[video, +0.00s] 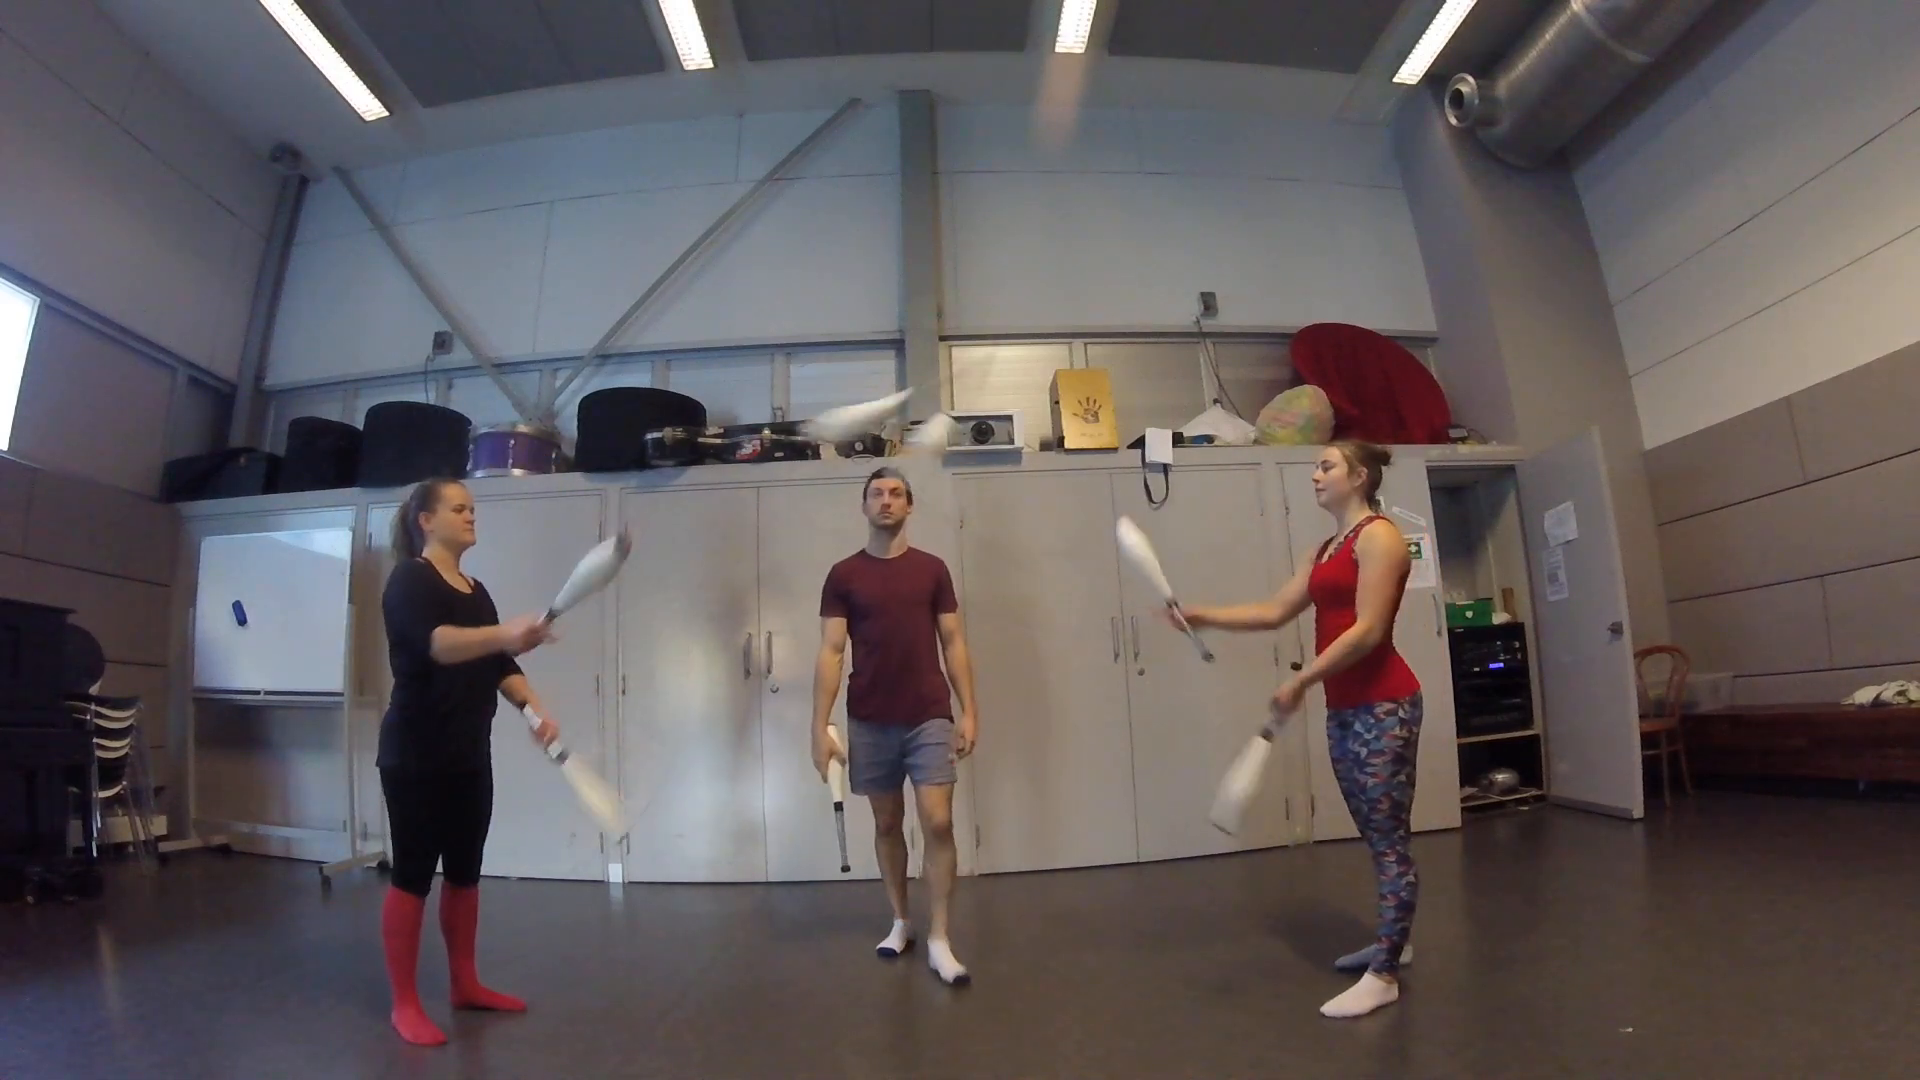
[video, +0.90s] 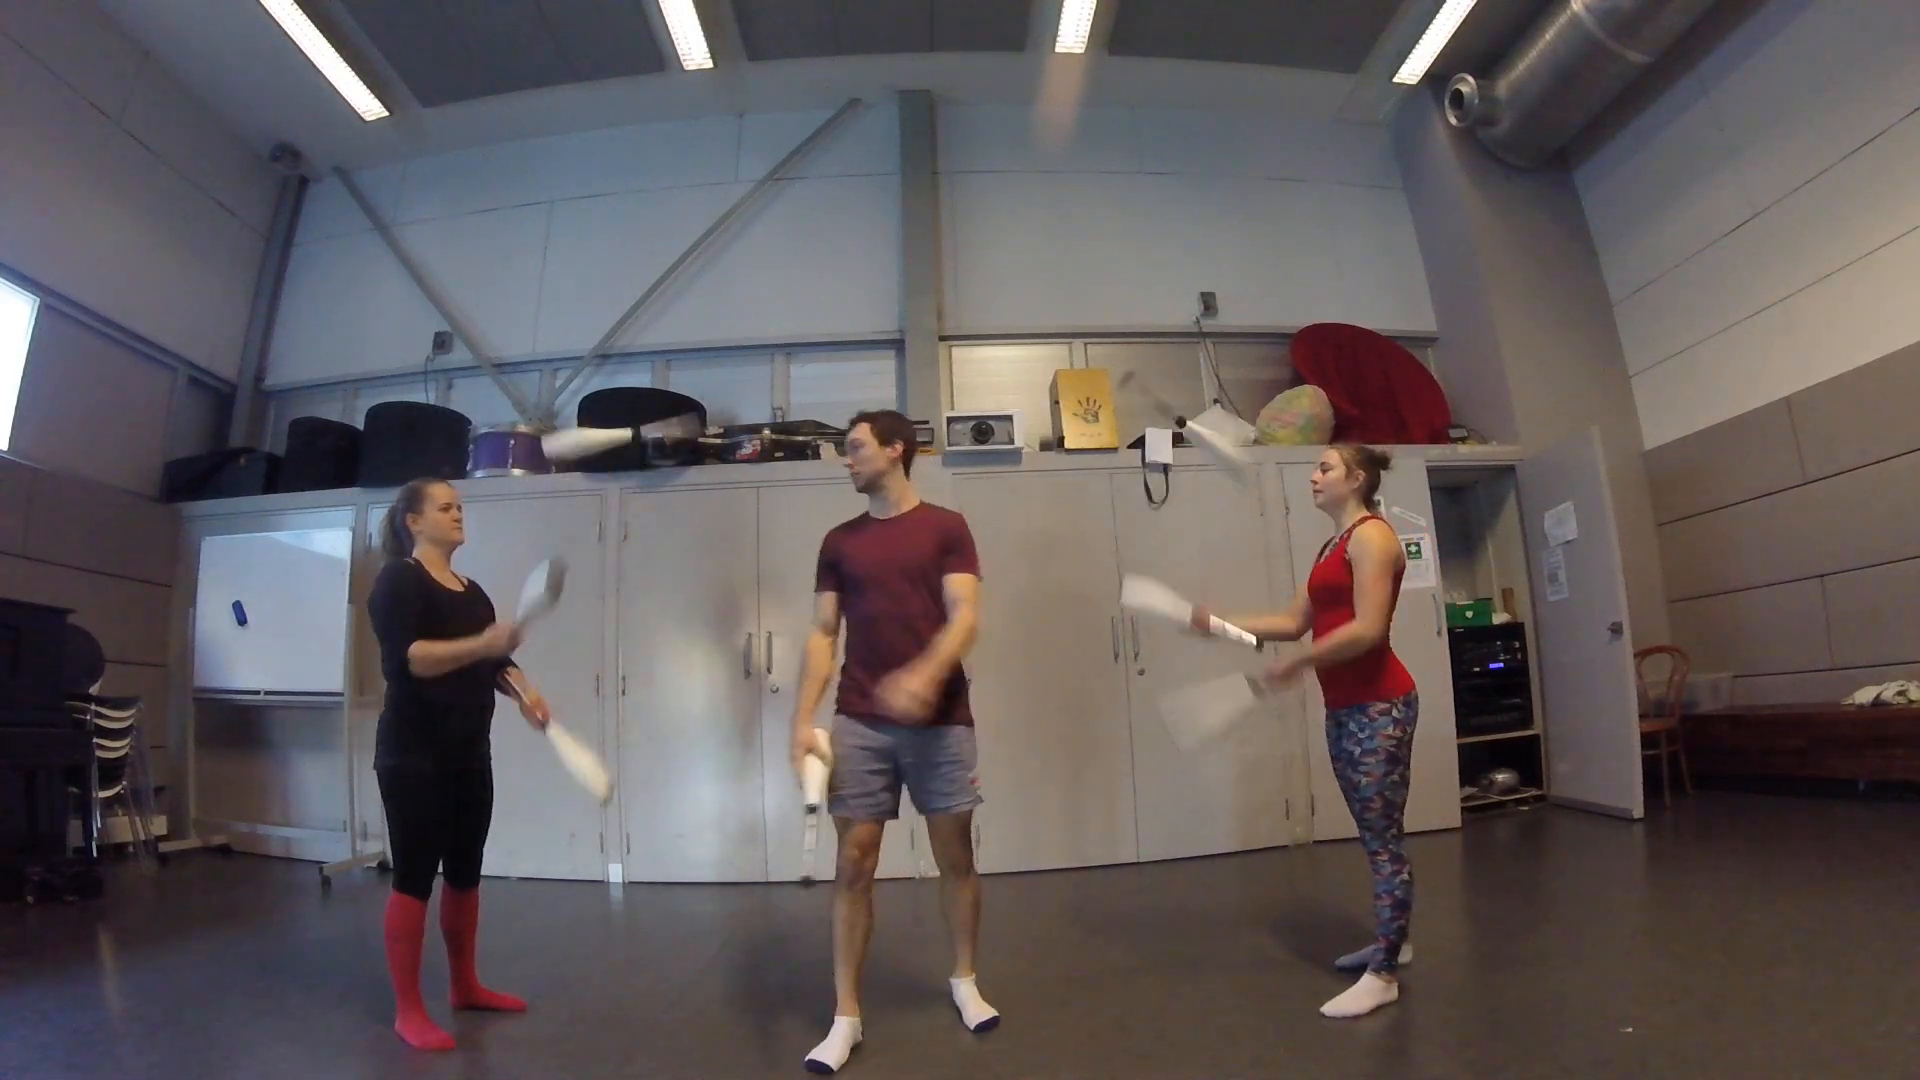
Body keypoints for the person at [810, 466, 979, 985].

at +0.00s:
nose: (886, 500)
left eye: (895, 494)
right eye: (877, 494)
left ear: (909, 507)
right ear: (864, 507)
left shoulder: (932, 568)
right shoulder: (844, 574)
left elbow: (953, 641)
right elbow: (831, 651)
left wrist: (968, 710)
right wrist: (821, 726)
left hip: (931, 717)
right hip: (871, 721)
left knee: (939, 825)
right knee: (886, 826)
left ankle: (939, 937)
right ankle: (899, 921)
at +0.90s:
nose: (846, 460)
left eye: (856, 449)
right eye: (845, 451)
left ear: (897, 453)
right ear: (878, 457)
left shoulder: (946, 527)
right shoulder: (841, 541)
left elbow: (965, 617)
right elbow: (824, 634)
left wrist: (922, 674)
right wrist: (804, 719)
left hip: (940, 725)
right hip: (861, 725)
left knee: (956, 857)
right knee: (854, 863)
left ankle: (965, 981)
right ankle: (845, 1016)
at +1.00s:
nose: (831, 453)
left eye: (842, 442)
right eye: (832, 443)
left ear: (882, 446)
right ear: (858, 451)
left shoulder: (931, 517)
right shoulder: (827, 535)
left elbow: (923, 607)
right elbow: (813, 632)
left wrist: (837, 638)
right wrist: (786, 716)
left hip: (926, 716)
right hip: (849, 722)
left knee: (964, 855)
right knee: (849, 865)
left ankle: (971, 973)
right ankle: (845, 1015)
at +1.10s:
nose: (818, 451)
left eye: (827, 440)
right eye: (817, 442)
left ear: (868, 442)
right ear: (855, 445)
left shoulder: (915, 511)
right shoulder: (820, 535)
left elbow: (863, 583)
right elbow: (802, 630)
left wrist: (755, 596)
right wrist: (774, 711)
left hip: (917, 714)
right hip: (839, 720)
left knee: (966, 854)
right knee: (844, 866)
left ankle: (990, 971)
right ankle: (845, 1018)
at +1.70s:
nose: (876, 443)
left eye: (885, 432)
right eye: (862, 432)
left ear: (898, 440)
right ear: (833, 443)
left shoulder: (918, 498)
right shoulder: (814, 537)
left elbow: (910, 570)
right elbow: (797, 640)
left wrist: (807, 598)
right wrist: (779, 732)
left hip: (937, 711)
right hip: (857, 721)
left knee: (979, 860)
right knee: (856, 871)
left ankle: (996, 995)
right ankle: (848, 1017)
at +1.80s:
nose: (924, 445)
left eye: (925, 435)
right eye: (912, 433)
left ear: (913, 446)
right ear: (870, 440)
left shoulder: (936, 509)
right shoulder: (830, 532)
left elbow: (987, 586)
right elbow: (813, 637)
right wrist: (824, 736)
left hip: (953, 719)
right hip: (874, 726)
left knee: (981, 859)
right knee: (861, 872)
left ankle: (991, 998)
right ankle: (848, 1019)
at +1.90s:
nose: (952, 444)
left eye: (952, 433)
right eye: (942, 433)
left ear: (921, 439)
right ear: (902, 436)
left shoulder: (943, 515)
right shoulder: (868, 523)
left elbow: (993, 587)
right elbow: (884, 636)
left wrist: (1030, 606)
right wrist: (926, 732)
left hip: (960, 710)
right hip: (888, 716)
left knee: (982, 854)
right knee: (874, 871)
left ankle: (992, 997)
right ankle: (849, 1016)